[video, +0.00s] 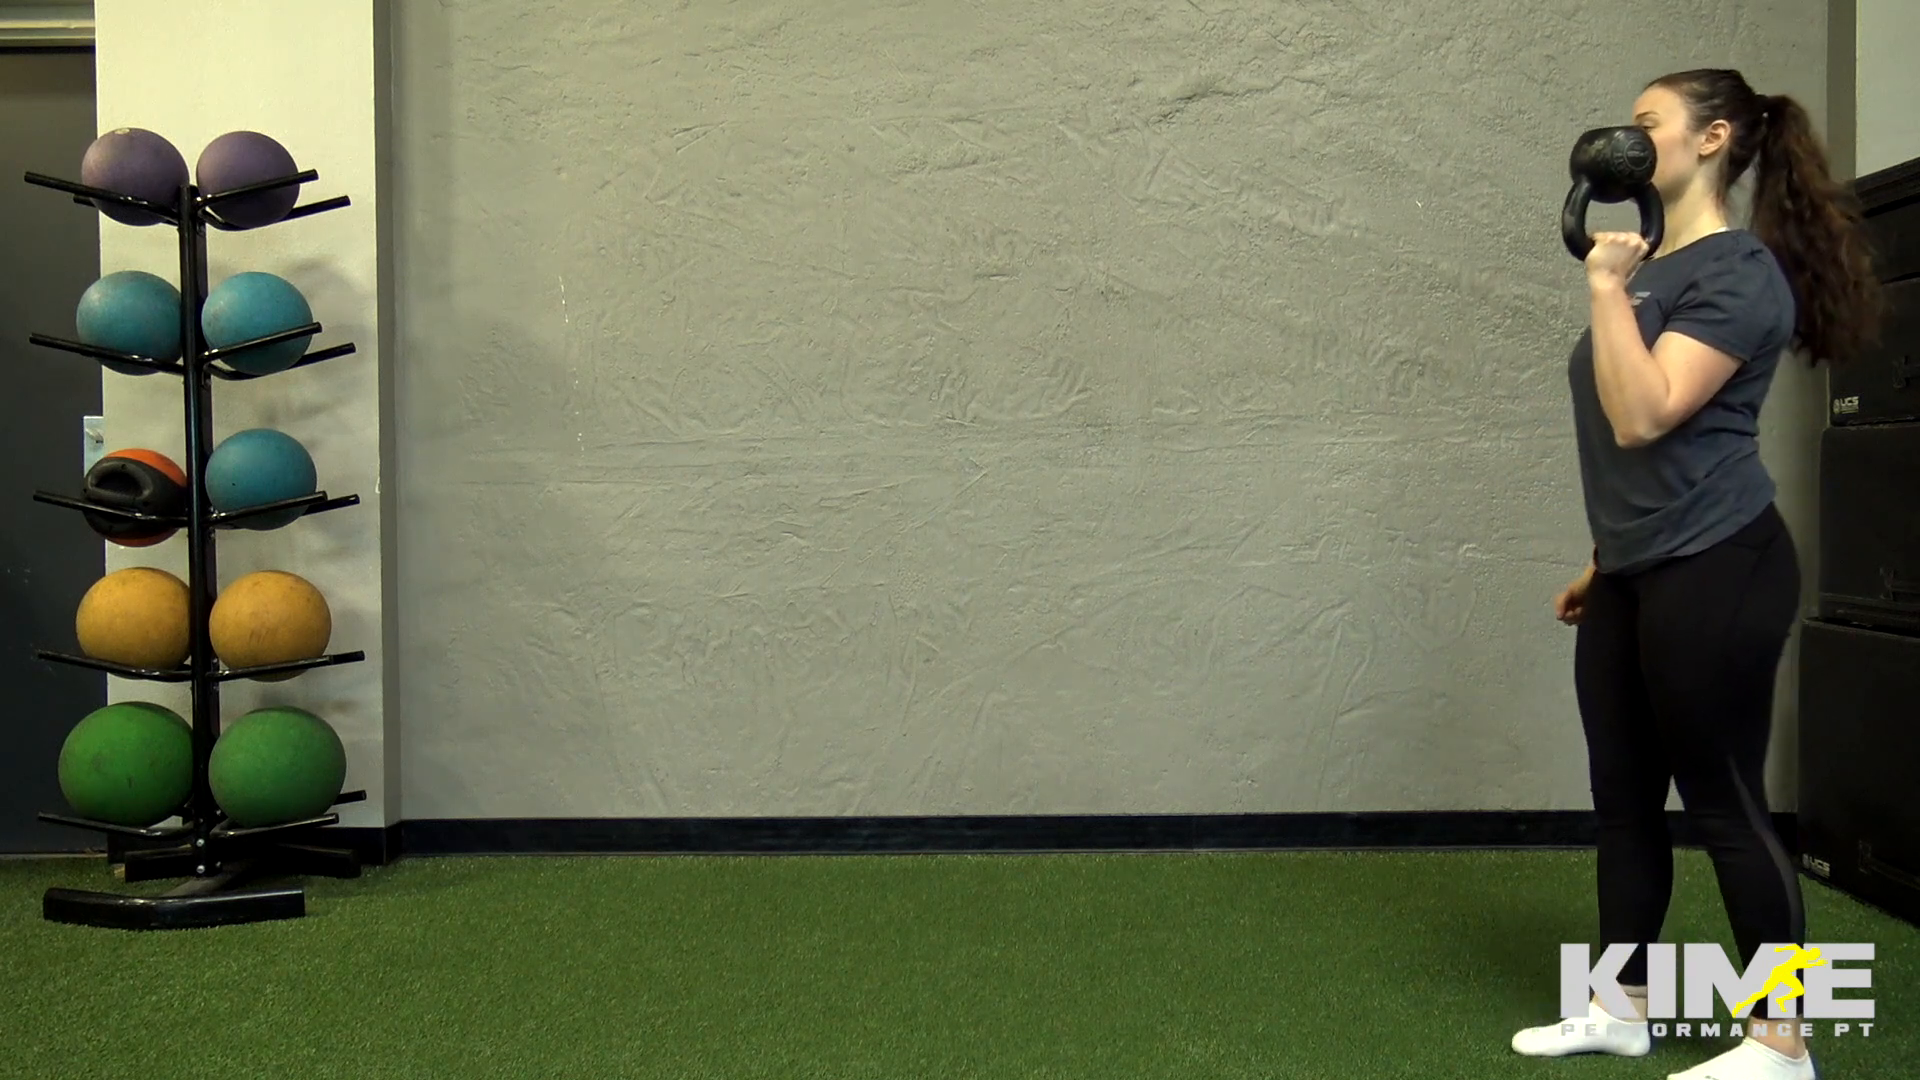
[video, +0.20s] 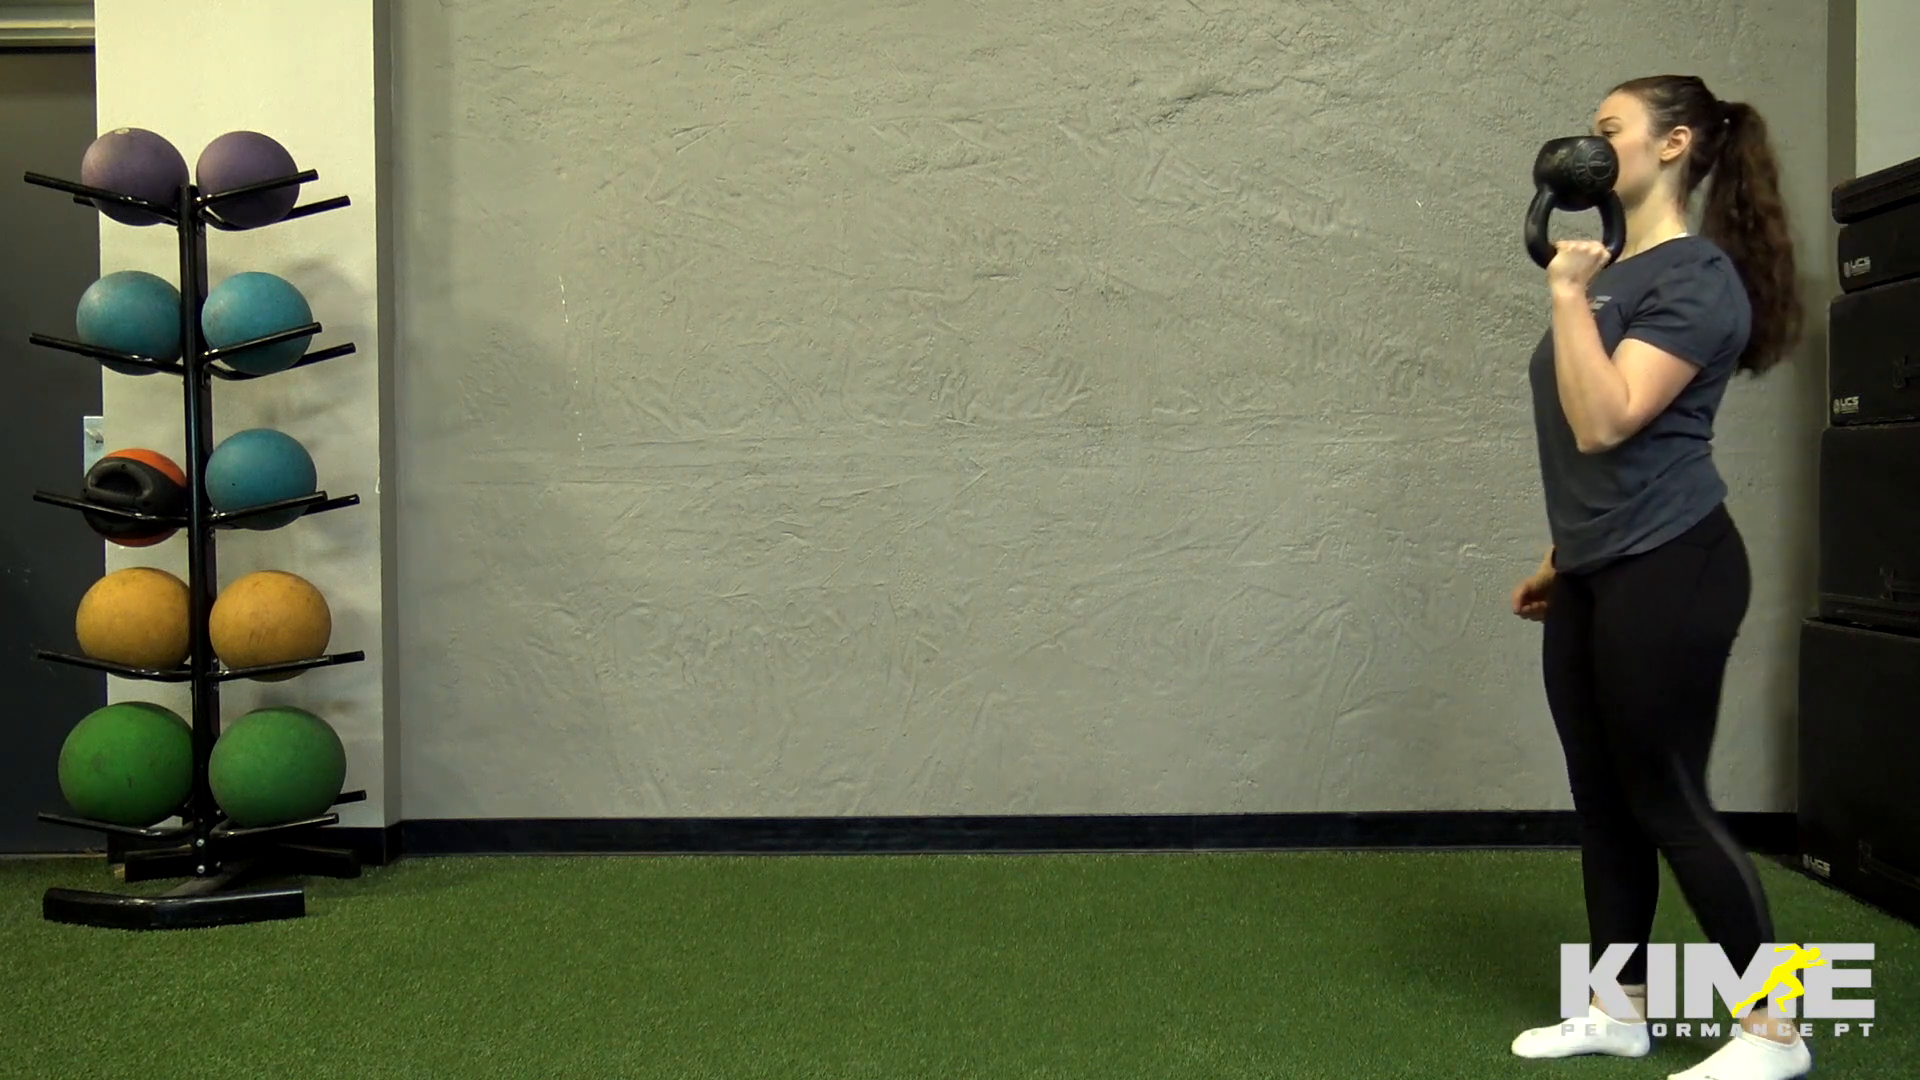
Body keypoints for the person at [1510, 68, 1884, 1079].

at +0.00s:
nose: (1628, 151)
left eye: (1647, 134)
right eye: (1630, 134)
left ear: (1716, 140)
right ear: (1699, 142)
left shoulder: (1743, 274)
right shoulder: (1653, 266)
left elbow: (1642, 413)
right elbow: (1644, 443)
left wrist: (1607, 284)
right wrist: (1606, 560)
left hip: (1718, 564)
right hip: (1633, 572)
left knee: (1724, 801)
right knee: (1624, 797)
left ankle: (1782, 1036)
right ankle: (1620, 1006)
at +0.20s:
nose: (1593, 156)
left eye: (1610, 139)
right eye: (1594, 140)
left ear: (1677, 145)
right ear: (1660, 146)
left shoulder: (1702, 279)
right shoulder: (1614, 270)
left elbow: (1604, 419)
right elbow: (1603, 442)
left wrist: (1568, 294)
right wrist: (1563, 558)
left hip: (1671, 564)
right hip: (1594, 571)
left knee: (1668, 796)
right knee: (1603, 794)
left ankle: (1774, 1022)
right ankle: (1621, 1007)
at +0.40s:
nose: (1559, 155)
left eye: (1578, 139)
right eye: (1562, 140)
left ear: (1642, 149)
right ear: (1621, 152)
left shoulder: (1668, 282)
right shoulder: (1587, 274)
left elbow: (1571, 431)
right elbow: (1576, 444)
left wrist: (1534, 301)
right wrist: (1531, 553)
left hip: (1634, 562)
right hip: (1571, 565)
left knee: (1555, 791)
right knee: (1588, 793)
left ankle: (1700, 991)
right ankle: (1619, 1002)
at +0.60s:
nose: (1531, 155)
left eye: (1550, 140)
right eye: (1534, 141)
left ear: (1614, 152)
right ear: (1592, 155)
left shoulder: (1638, 284)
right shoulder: (1563, 280)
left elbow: (1544, 432)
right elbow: (1563, 444)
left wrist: (1507, 306)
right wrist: (1522, 559)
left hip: (1609, 560)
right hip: (1566, 564)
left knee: (1498, 778)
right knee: (1586, 795)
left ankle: (1542, 1009)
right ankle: (1616, 1005)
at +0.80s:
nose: (1495, 160)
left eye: (1513, 143)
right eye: (1496, 146)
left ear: (1576, 158)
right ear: (1549, 162)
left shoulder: (1599, 286)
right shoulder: (1522, 281)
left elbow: (1507, 431)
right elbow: (1527, 442)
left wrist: (1467, 309)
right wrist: (1495, 561)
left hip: (1573, 562)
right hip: (1536, 567)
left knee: (1478, 782)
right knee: (1562, 788)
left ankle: (1424, 1005)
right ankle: (1611, 1004)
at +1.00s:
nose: (1451, 160)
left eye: (1470, 144)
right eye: (1453, 146)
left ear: (1532, 155)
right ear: (1513, 159)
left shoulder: (1555, 287)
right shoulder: (1488, 282)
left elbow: (1458, 433)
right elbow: (1491, 442)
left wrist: (1422, 311)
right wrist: (1454, 564)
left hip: (1526, 561)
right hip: (1495, 564)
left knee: (1459, 791)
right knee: (1523, 788)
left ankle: (1425, 1012)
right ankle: (1603, 993)